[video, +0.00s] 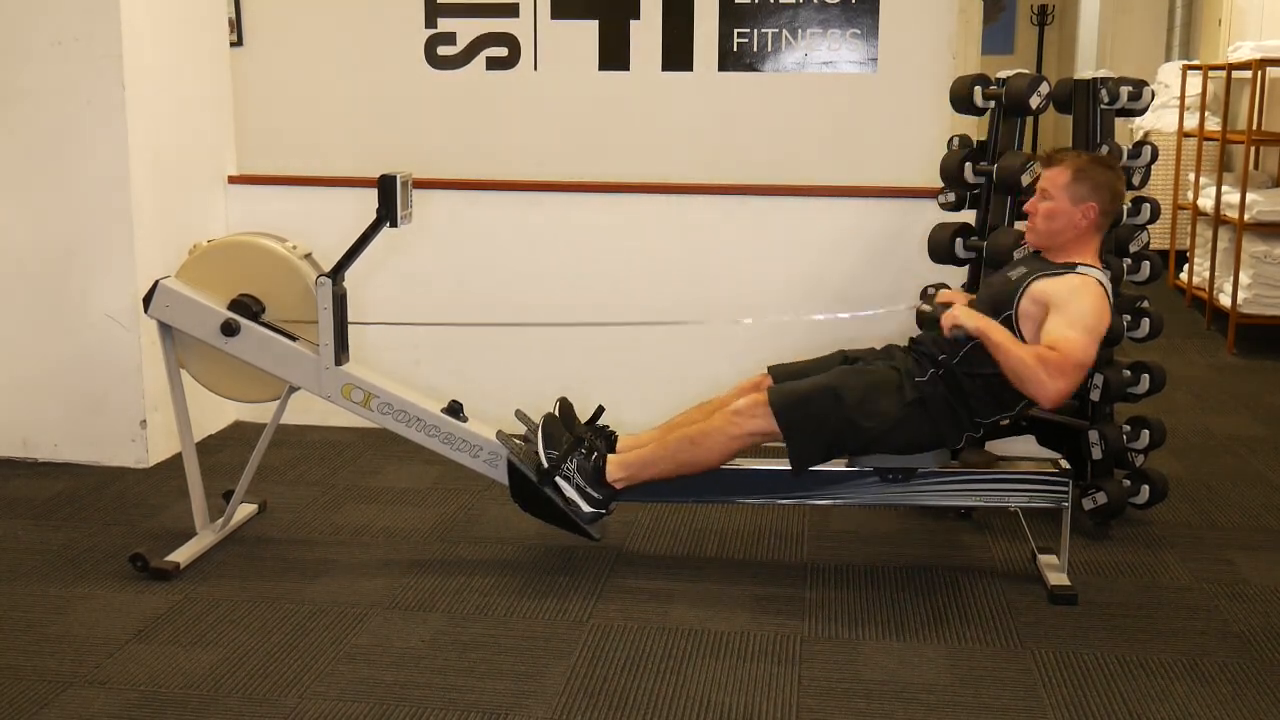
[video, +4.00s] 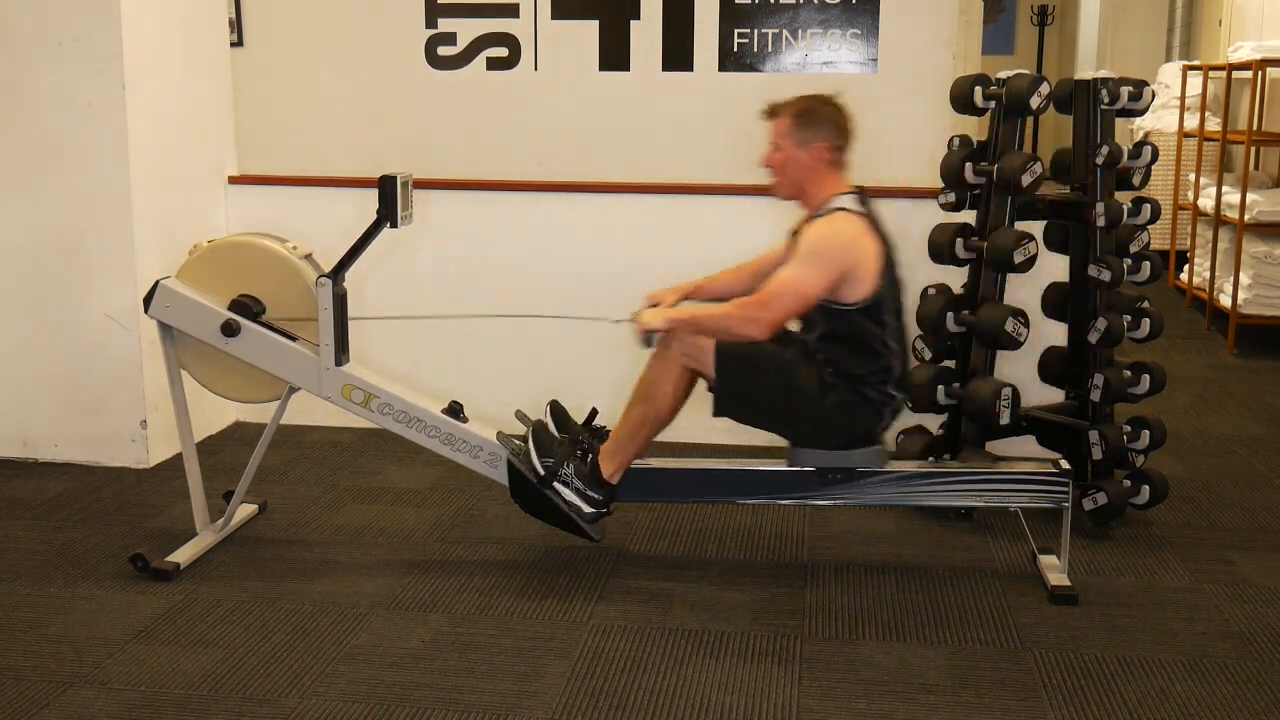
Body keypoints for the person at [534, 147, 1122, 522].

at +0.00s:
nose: (1030, 206)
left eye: (1043, 198)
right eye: (1034, 194)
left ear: (1085, 216)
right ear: (1072, 213)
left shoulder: (1082, 291)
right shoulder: (1045, 270)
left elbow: (1053, 385)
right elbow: (1016, 344)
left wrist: (977, 322)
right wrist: (964, 306)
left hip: (932, 398)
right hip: (911, 370)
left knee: (758, 413)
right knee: (755, 391)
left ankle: (599, 482)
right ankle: (605, 457)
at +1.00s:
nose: (579, 186)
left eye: (589, 174)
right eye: (583, 174)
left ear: (627, 183)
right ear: (628, 184)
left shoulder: (637, 240)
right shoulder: (658, 225)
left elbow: (533, 302)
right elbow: (555, 279)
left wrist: (448, 334)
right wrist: (468, 319)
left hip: (726, 411)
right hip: (736, 401)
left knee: (591, 308)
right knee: (598, 296)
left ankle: (593, 465)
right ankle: (605, 441)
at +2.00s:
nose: (940, 177)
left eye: (951, 166)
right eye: (944, 165)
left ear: (998, 173)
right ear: (981, 171)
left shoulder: (1001, 249)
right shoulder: (970, 233)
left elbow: (933, 332)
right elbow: (918, 285)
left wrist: (848, 306)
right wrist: (851, 286)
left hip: (917, 400)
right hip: (899, 378)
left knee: (733, 376)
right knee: (732, 364)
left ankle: (598, 486)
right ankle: (609, 468)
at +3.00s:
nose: (757, 144)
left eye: (771, 136)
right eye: (765, 133)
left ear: (808, 150)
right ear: (804, 151)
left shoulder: (804, 224)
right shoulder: (791, 213)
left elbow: (695, 280)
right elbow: (694, 252)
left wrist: (604, 303)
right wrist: (613, 278)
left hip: (826, 400)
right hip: (810, 371)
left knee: (669, 333)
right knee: (671, 316)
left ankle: (594, 471)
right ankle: (599, 448)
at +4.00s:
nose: (767, 159)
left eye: (778, 147)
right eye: (771, 146)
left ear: (818, 152)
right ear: (813, 155)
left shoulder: (836, 230)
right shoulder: (827, 221)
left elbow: (759, 322)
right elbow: (757, 275)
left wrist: (674, 317)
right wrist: (681, 294)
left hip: (847, 407)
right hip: (837, 391)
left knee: (681, 340)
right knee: (682, 330)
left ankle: (601, 476)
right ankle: (609, 457)